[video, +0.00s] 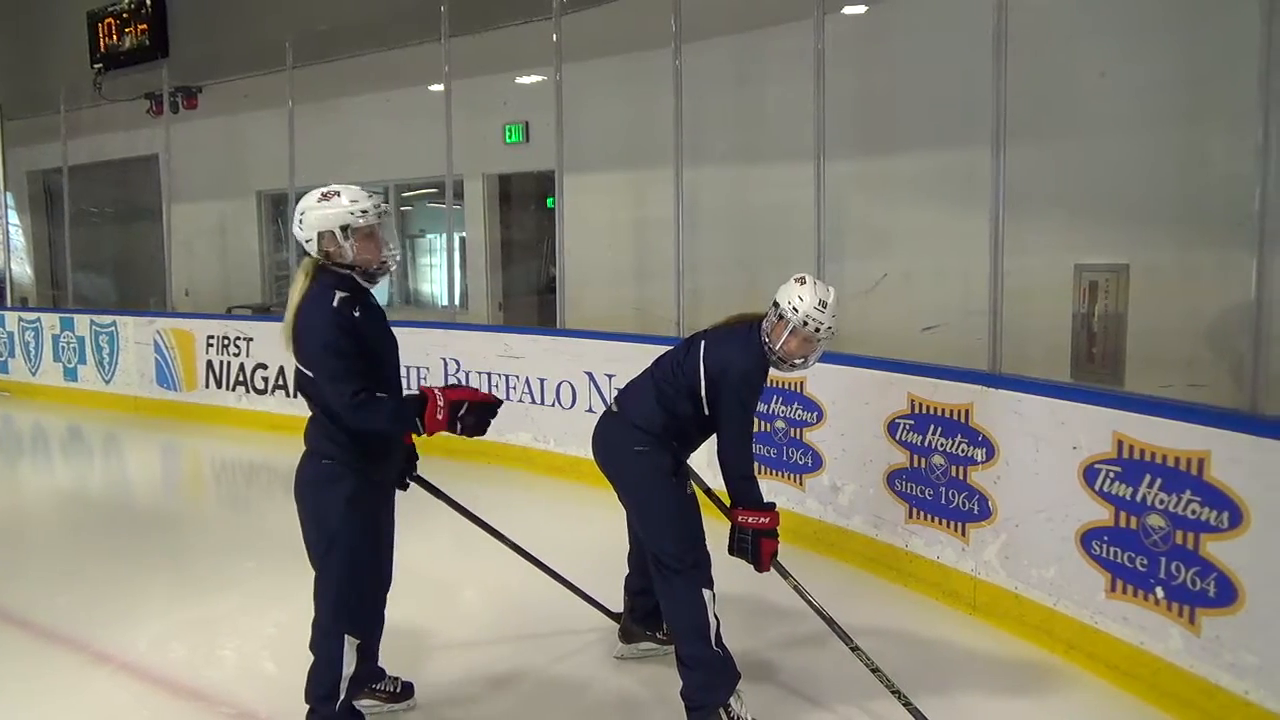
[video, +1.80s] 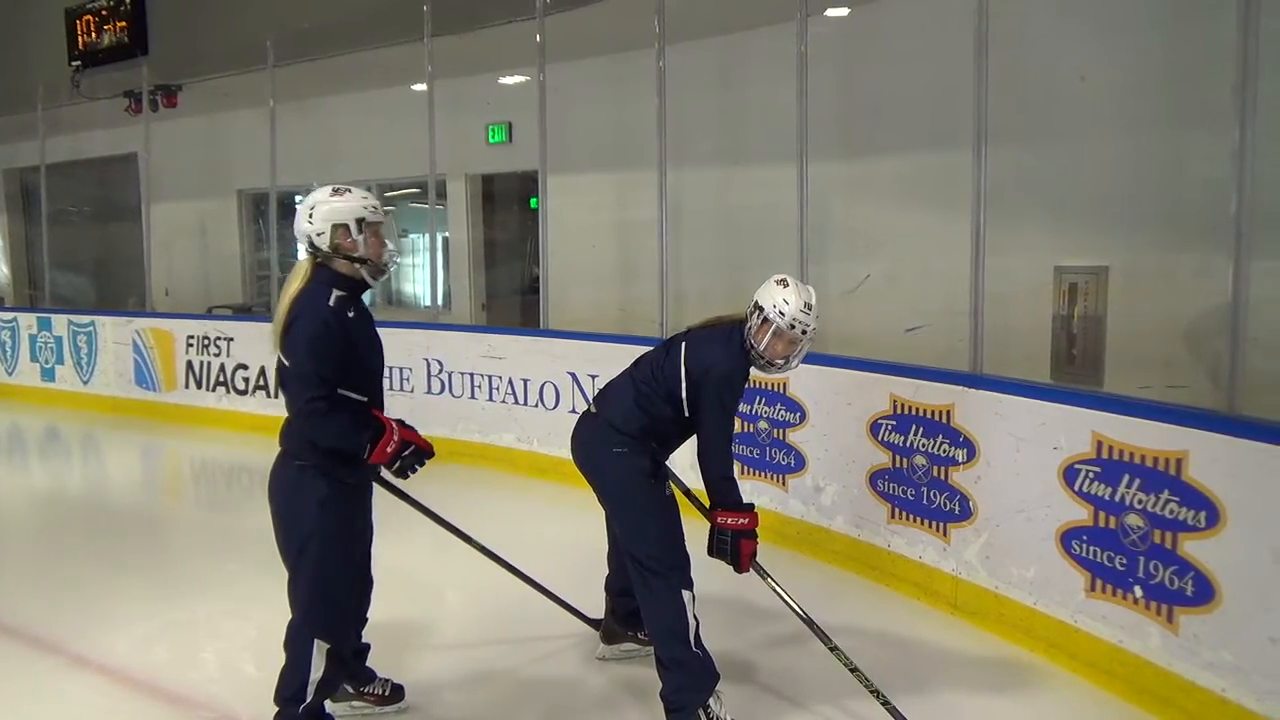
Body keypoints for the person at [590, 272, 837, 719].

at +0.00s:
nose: (794, 345)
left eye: (806, 339)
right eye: (791, 331)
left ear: (819, 344)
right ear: (774, 320)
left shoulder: (744, 336)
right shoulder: (744, 361)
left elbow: (682, 379)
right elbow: (734, 447)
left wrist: (673, 445)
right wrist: (753, 515)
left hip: (625, 433)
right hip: (642, 445)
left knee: (652, 534)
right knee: (686, 566)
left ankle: (641, 623)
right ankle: (710, 702)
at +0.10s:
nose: (790, 344)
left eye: (803, 338)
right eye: (786, 330)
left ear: (817, 344)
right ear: (772, 318)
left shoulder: (742, 336)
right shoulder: (742, 361)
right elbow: (733, 446)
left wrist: (670, 447)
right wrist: (752, 515)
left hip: (622, 433)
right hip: (641, 445)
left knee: (650, 532)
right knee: (685, 567)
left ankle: (640, 622)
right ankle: (709, 702)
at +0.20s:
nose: (792, 345)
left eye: (804, 339)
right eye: (788, 331)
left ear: (817, 344)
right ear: (771, 319)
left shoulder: (741, 337)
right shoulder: (741, 361)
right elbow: (732, 447)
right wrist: (750, 516)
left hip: (622, 433)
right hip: (638, 445)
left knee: (649, 531)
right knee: (683, 567)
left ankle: (639, 621)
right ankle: (707, 703)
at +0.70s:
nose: (785, 347)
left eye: (797, 340)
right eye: (782, 333)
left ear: (810, 343)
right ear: (764, 320)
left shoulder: (735, 338)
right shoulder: (733, 361)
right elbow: (724, 446)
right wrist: (742, 516)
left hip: (616, 434)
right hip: (631, 445)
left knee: (643, 532)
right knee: (676, 567)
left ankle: (633, 621)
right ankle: (701, 703)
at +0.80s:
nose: (785, 346)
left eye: (797, 340)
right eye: (781, 333)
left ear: (809, 343)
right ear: (762, 320)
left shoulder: (733, 338)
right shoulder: (732, 361)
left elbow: (723, 436)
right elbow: (723, 447)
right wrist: (742, 516)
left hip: (614, 434)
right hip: (628, 445)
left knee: (641, 532)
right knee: (675, 567)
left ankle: (632, 622)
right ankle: (700, 703)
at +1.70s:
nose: (777, 347)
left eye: (790, 341)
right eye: (773, 333)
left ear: (803, 343)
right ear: (756, 320)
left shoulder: (727, 340)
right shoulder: (725, 362)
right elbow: (715, 449)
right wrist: (734, 517)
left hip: (606, 434)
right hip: (620, 445)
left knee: (633, 532)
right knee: (665, 569)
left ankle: (624, 621)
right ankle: (690, 703)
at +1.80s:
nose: (776, 347)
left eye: (789, 340)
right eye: (771, 332)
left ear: (802, 343)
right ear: (755, 319)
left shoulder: (726, 340)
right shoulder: (724, 362)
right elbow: (714, 449)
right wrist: (733, 517)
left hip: (607, 434)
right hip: (619, 445)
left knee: (632, 533)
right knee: (665, 569)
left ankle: (624, 623)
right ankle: (690, 703)